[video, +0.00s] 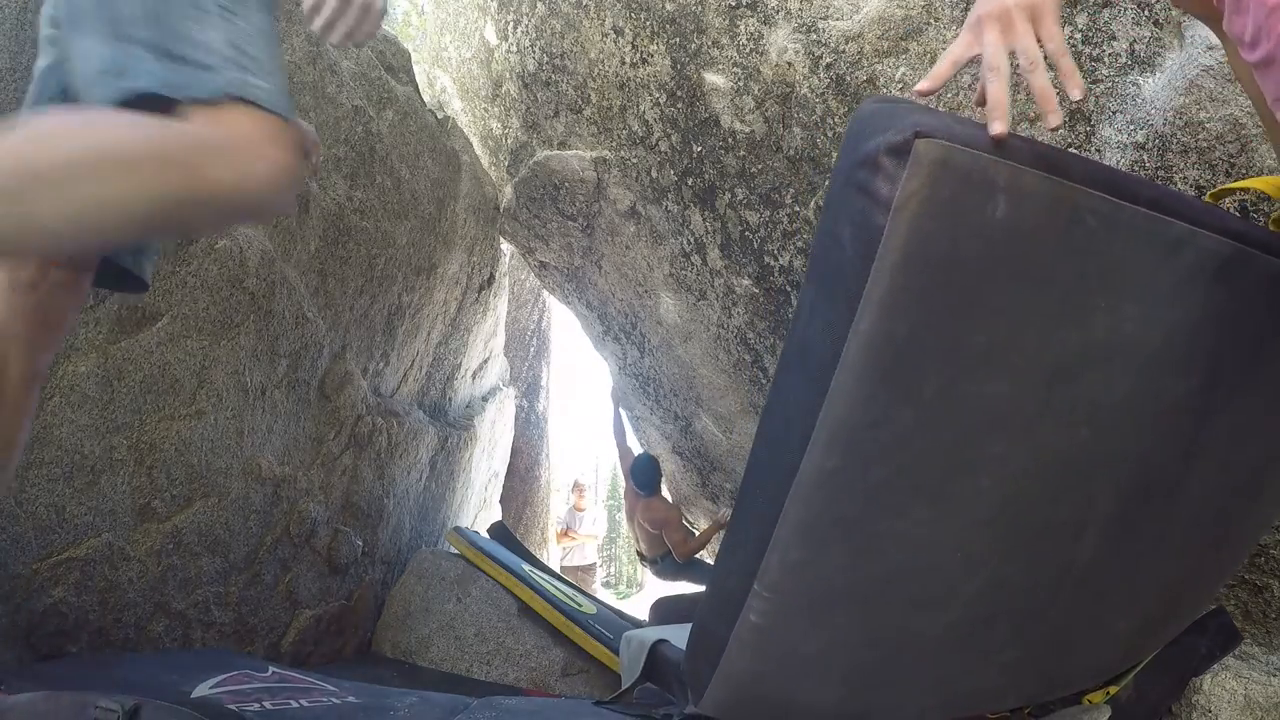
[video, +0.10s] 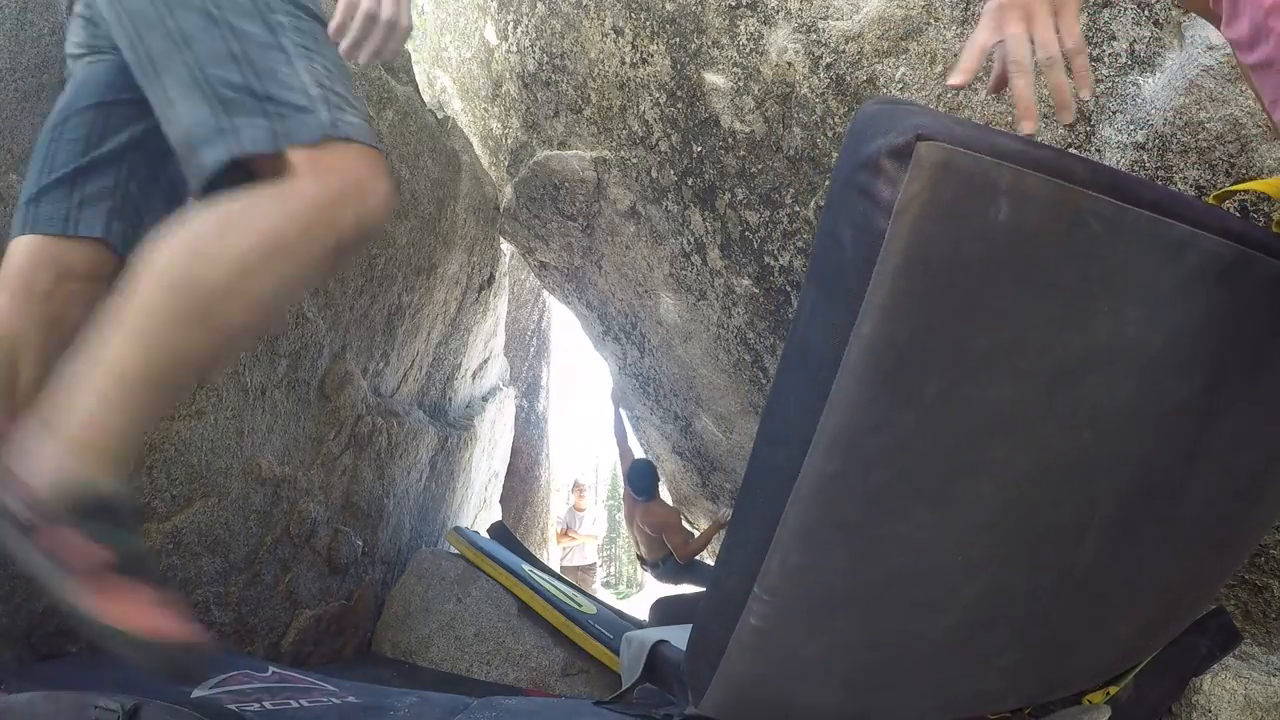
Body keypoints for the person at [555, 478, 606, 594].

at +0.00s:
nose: (581, 493)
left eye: (584, 490)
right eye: (578, 489)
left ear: (590, 492)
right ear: (572, 492)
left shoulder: (599, 514)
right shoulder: (565, 513)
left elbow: (597, 538)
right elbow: (560, 541)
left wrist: (573, 533)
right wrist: (585, 538)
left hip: (589, 565)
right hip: (567, 566)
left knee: (589, 605)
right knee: (568, 605)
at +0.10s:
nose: (581, 492)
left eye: (584, 489)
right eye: (578, 489)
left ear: (589, 492)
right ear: (572, 492)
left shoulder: (599, 513)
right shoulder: (565, 514)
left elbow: (598, 538)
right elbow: (560, 541)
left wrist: (572, 533)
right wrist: (586, 538)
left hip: (589, 565)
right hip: (567, 566)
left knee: (590, 605)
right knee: (568, 605)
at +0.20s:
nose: (581, 492)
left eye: (584, 489)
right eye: (578, 489)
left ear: (589, 492)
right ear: (572, 492)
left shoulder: (598, 513)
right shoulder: (565, 513)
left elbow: (598, 538)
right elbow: (560, 541)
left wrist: (573, 533)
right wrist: (586, 538)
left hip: (589, 565)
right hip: (567, 566)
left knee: (590, 605)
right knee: (568, 605)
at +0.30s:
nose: (581, 493)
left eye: (584, 489)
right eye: (578, 489)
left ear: (589, 492)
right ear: (572, 492)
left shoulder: (597, 513)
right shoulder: (565, 513)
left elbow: (598, 538)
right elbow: (560, 540)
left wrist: (572, 533)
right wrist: (586, 537)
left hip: (589, 565)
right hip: (567, 566)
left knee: (590, 605)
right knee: (568, 606)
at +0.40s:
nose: (581, 493)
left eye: (584, 489)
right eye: (578, 489)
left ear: (589, 492)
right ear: (572, 492)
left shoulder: (597, 513)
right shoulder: (565, 513)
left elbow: (598, 538)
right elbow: (560, 540)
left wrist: (572, 533)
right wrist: (586, 537)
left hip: (589, 565)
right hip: (567, 566)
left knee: (590, 605)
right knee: (568, 605)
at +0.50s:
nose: (581, 493)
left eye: (584, 489)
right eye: (578, 489)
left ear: (590, 492)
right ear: (572, 492)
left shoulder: (597, 513)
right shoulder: (565, 513)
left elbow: (598, 539)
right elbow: (560, 540)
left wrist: (572, 533)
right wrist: (586, 538)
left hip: (589, 565)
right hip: (568, 566)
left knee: (589, 604)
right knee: (568, 604)